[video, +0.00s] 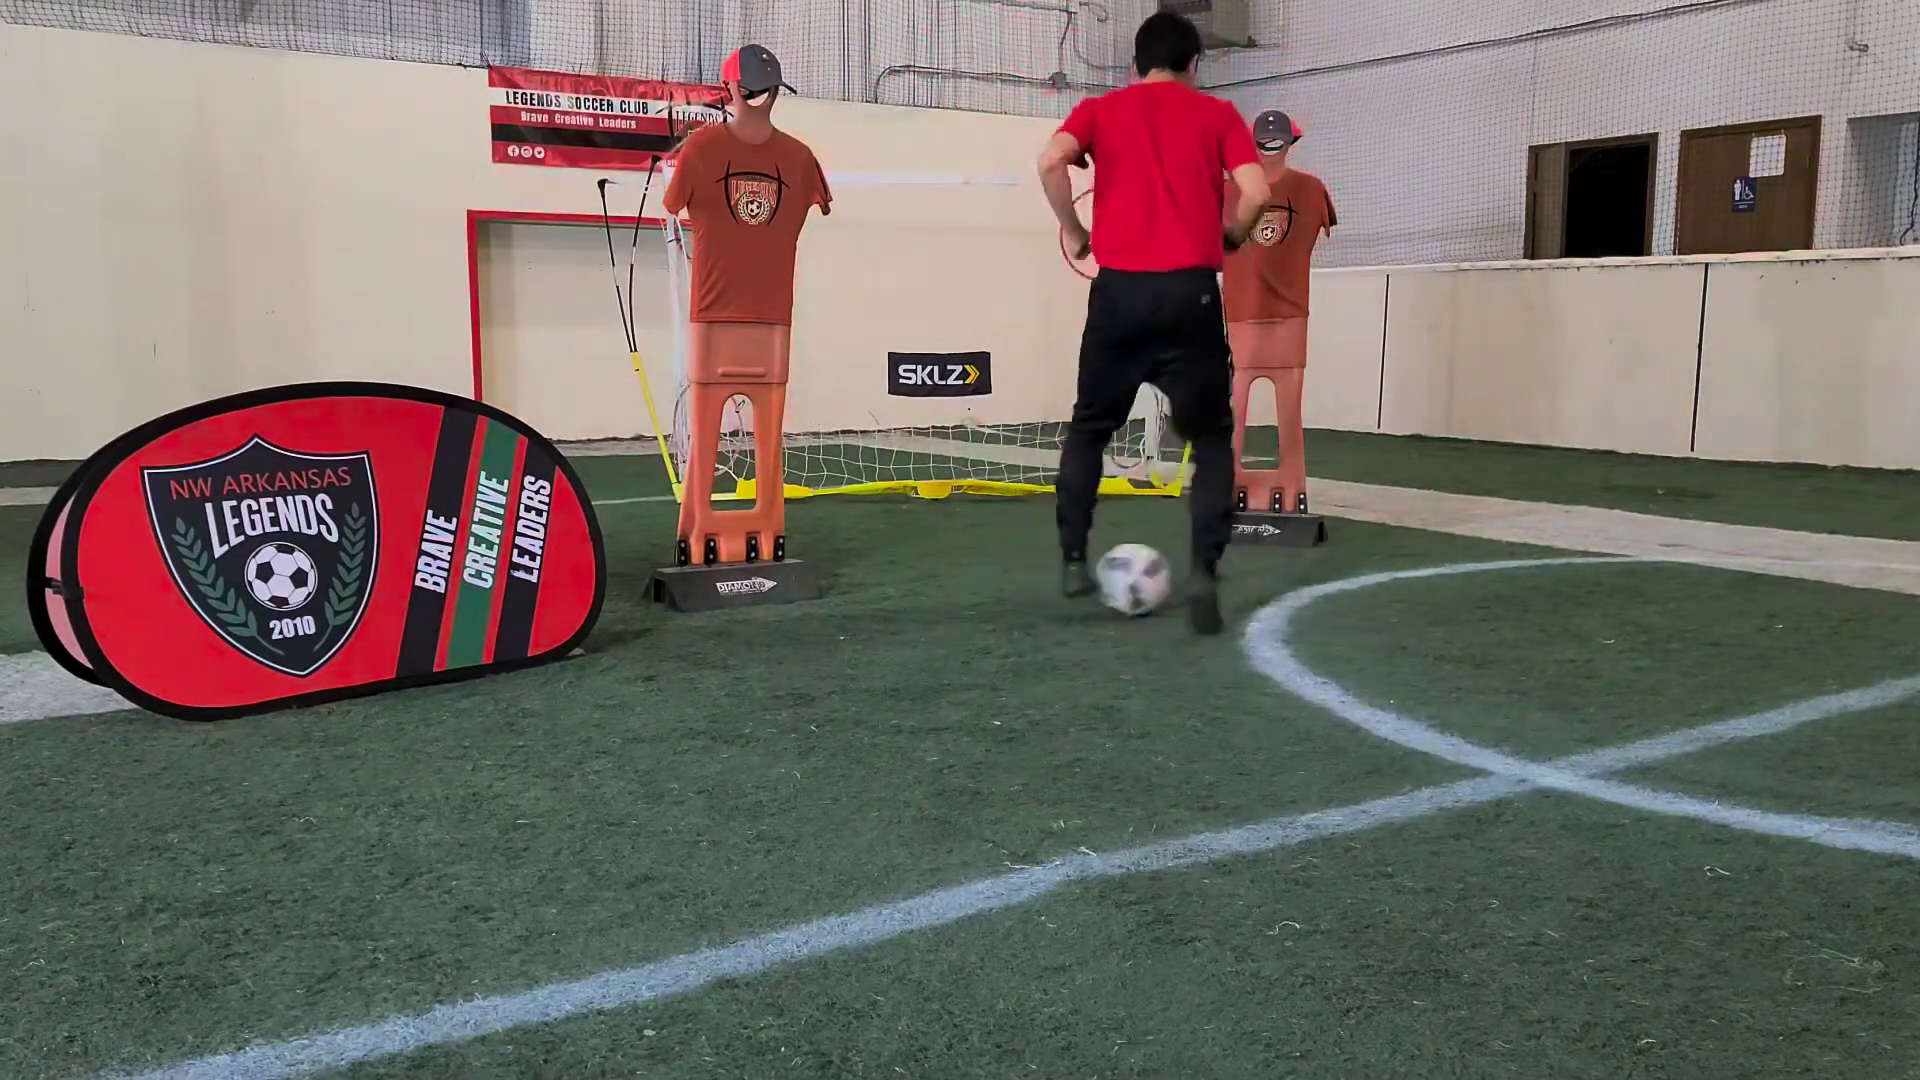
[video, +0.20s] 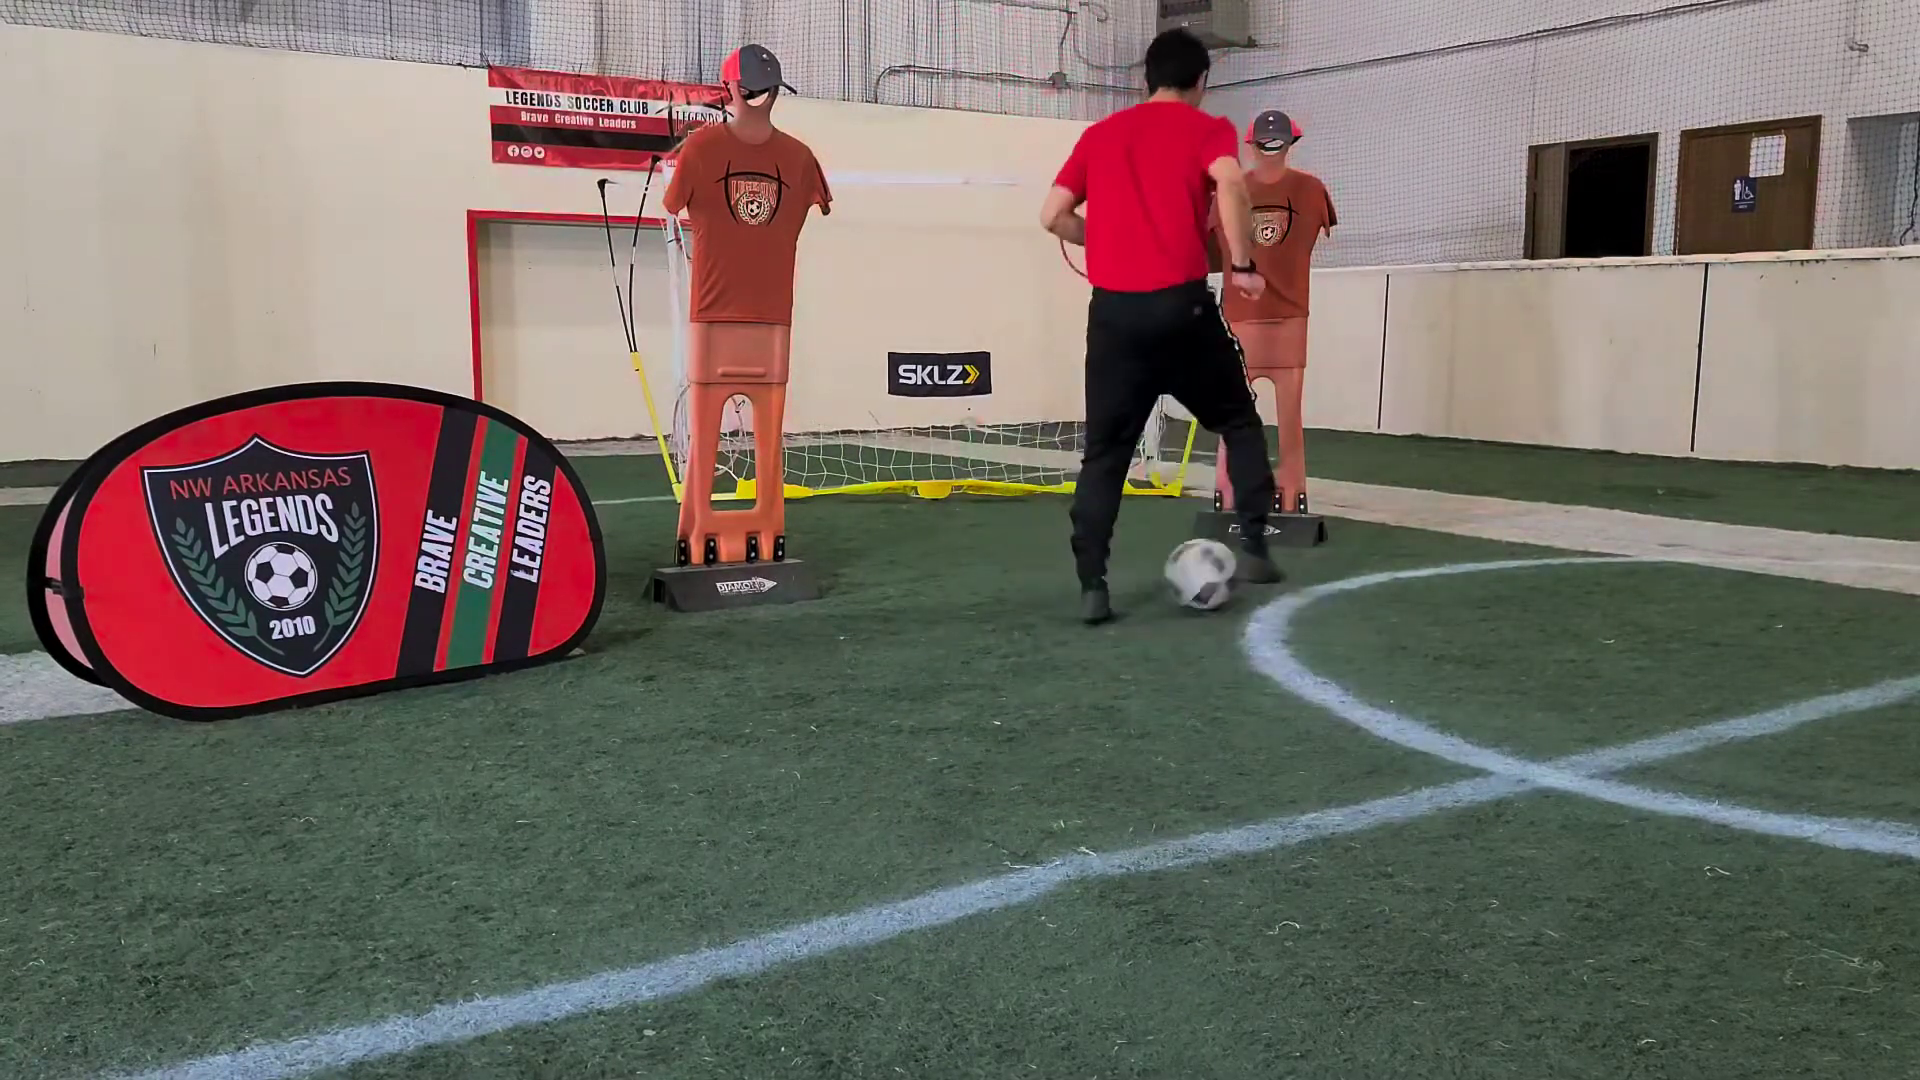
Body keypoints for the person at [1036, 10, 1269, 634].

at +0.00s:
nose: (1195, 72)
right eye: (1198, 64)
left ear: (1135, 65)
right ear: (1193, 65)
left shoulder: (1102, 108)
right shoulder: (1218, 113)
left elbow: (1050, 160)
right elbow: (1255, 193)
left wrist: (1072, 230)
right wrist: (1231, 235)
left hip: (1118, 296)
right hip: (1190, 296)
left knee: (1090, 427)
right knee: (1211, 435)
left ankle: (1073, 558)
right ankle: (1204, 572)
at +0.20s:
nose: (1206, 90)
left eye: (1203, 83)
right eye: (1207, 82)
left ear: (1145, 80)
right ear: (1199, 81)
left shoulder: (1100, 133)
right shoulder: (1207, 128)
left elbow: (1055, 216)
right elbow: (1228, 181)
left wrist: (1110, 240)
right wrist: (1242, 263)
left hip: (1113, 316)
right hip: (1183, 312)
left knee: (1106, 447)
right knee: (1237, 420)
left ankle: (1092, 586)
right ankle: (1254, 544)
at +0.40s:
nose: (1217, 99)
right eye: (1219, 92)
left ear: (1164, 91)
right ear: (1217, 93)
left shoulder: (1130, 139)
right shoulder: (1239, 148)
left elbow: (1077, 199)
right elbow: (1267, 222)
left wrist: (1102, 258)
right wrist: (1255, 271)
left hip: (1135, 317)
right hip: (1204, 319)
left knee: (1095, 423)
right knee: (1211, 450)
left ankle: (1054, 540)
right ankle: (1208, 587)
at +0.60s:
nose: (1207, 91)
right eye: (1209, 84)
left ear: (1155, 84)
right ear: (1207, 85)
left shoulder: (1120, 127)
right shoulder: (1229, 134)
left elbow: (1083, 187)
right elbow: (1267, 209)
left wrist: (1105, 238)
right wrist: (1247, 247)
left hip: (1138, 300)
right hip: (1204, 301)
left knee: (1122, 417)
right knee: (1232, 418)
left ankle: (1106, 541)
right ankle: (1231, 538)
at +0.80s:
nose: (1226, 107)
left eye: (1222, 100)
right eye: (1226, 99)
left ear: (1171, 96)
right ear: (1218, 98)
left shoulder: (1127, 142)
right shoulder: (1225, 141)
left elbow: (1079, 218)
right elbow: (1242, 190)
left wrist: (1129, 250)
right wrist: (1256, 268)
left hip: (1134, 312)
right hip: (1199, 310)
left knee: (1125, 432)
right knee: (1245, 411)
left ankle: (1109, 559)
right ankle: (1260, 527)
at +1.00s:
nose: (1236, 120)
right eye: (1238, 113)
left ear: (1187, 110)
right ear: (1236, 113)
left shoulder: (1156, 152)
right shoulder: (1255, 161)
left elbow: (1106, 208)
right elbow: (1285, 230)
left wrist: (1125, 263)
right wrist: (1283, 278)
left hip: (1157, 319)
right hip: (1220, 321)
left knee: (1113, 416)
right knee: (1219, 443)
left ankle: (1081, 526)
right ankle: (1217, 566)